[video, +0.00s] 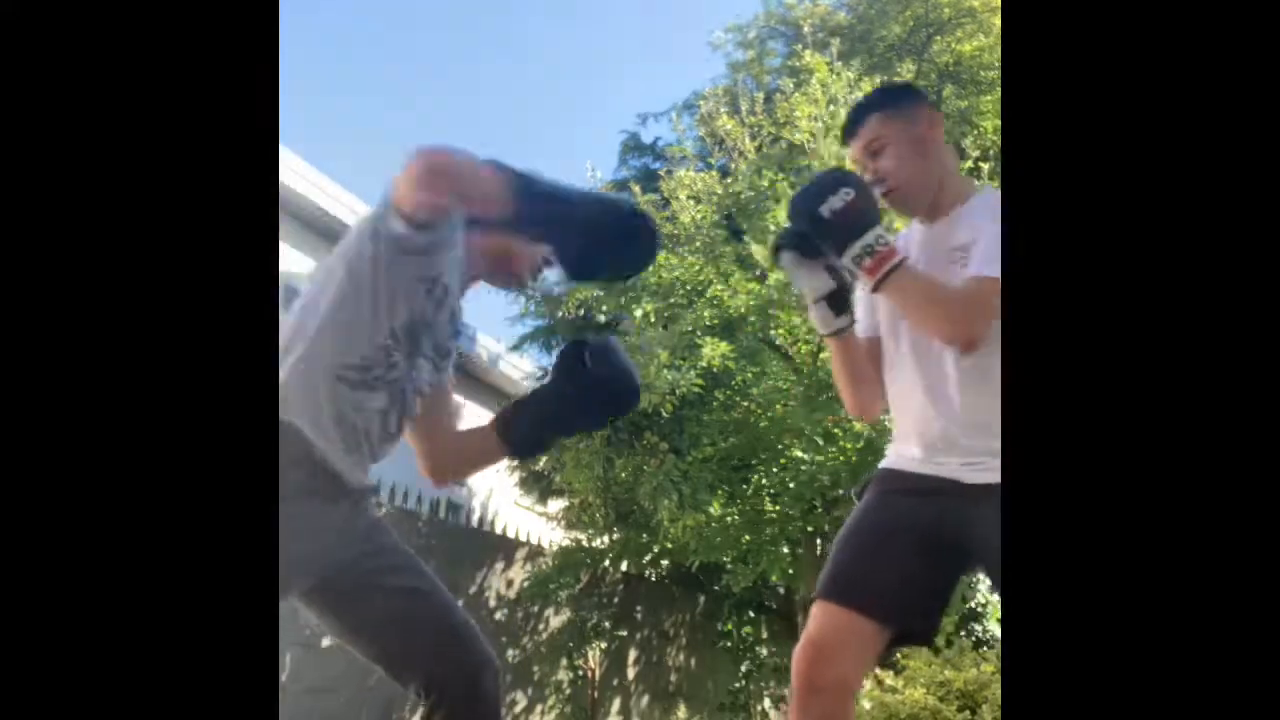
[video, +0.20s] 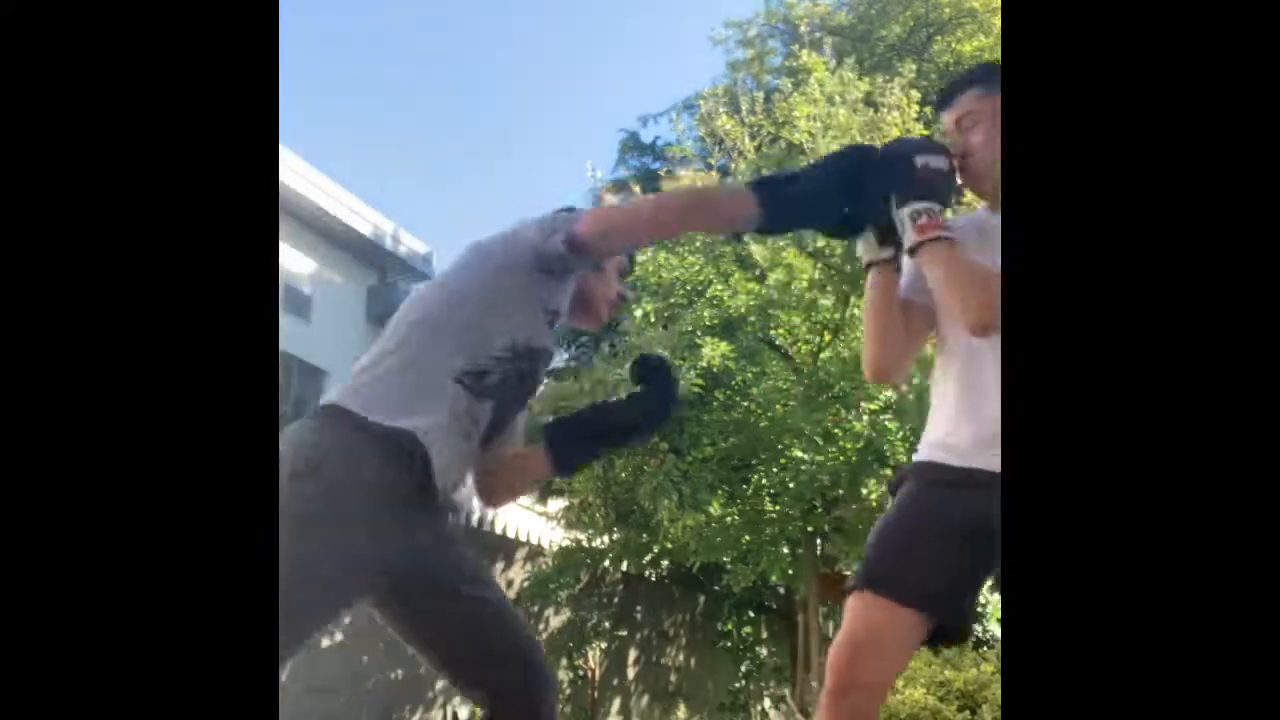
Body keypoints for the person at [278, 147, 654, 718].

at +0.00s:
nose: (543, 271)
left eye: (552, 263)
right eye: (545, 250)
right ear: (512, 216)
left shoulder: (439, 325)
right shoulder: (420, 237)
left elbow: (443, 460)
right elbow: (431, 172)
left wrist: (551, 411)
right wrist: (564, 212)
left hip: (334, 505)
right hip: (288, 475)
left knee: (467, 674)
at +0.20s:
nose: (621, 292)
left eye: (625, 285)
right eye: (618, 270)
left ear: (596, 304)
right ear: (582, 252)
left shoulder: (520, 366)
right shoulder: (519, 256)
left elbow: (490, 485)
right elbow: (653, 216)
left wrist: (615, 422)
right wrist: (794, 196)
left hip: (418, 516)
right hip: (345, 466)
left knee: (525, 689)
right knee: (270, 643)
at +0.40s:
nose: (675, 280)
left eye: (680, 271)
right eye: (669, 260)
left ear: (635, 263)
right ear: (625, 242)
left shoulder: (610, 360)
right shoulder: (548, 239)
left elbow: (701, 388)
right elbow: (548, 128)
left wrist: (781, 300)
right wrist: (671, 149)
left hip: (478, 498)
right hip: (398, 445)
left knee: (563, 688)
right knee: (329, 674)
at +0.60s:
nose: (696, 241)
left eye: (700, 234)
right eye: (684, 223)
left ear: (683, 250)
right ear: (635, 217)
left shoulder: (666, 313)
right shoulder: (557, 256)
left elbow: (793, 296)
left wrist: (885, 216)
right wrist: (550, 227)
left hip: (542, 508)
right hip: (447, 469)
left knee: (641, 692)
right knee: (328, 672)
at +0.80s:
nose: (641, 247)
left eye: (646, 237)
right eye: (630, 228)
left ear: (640, 251)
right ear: (579, 223)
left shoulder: (626, 348)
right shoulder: (494, 291)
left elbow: (664, 469)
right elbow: (443, 381)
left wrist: (716, 403)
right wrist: (550, 306)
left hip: (558, 553)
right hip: (450, 536)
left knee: (670, 698)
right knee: (326, 702)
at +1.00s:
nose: (534, 223)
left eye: (539, 214)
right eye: (522, 205)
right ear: (470, 198)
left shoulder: (515, 316)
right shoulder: (385, 269)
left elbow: (519, 442)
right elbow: (358, 361)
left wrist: (581, 390)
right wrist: (454, 283)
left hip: (455, 522)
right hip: (357, 510)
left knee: (555, 680)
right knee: (286, 686)